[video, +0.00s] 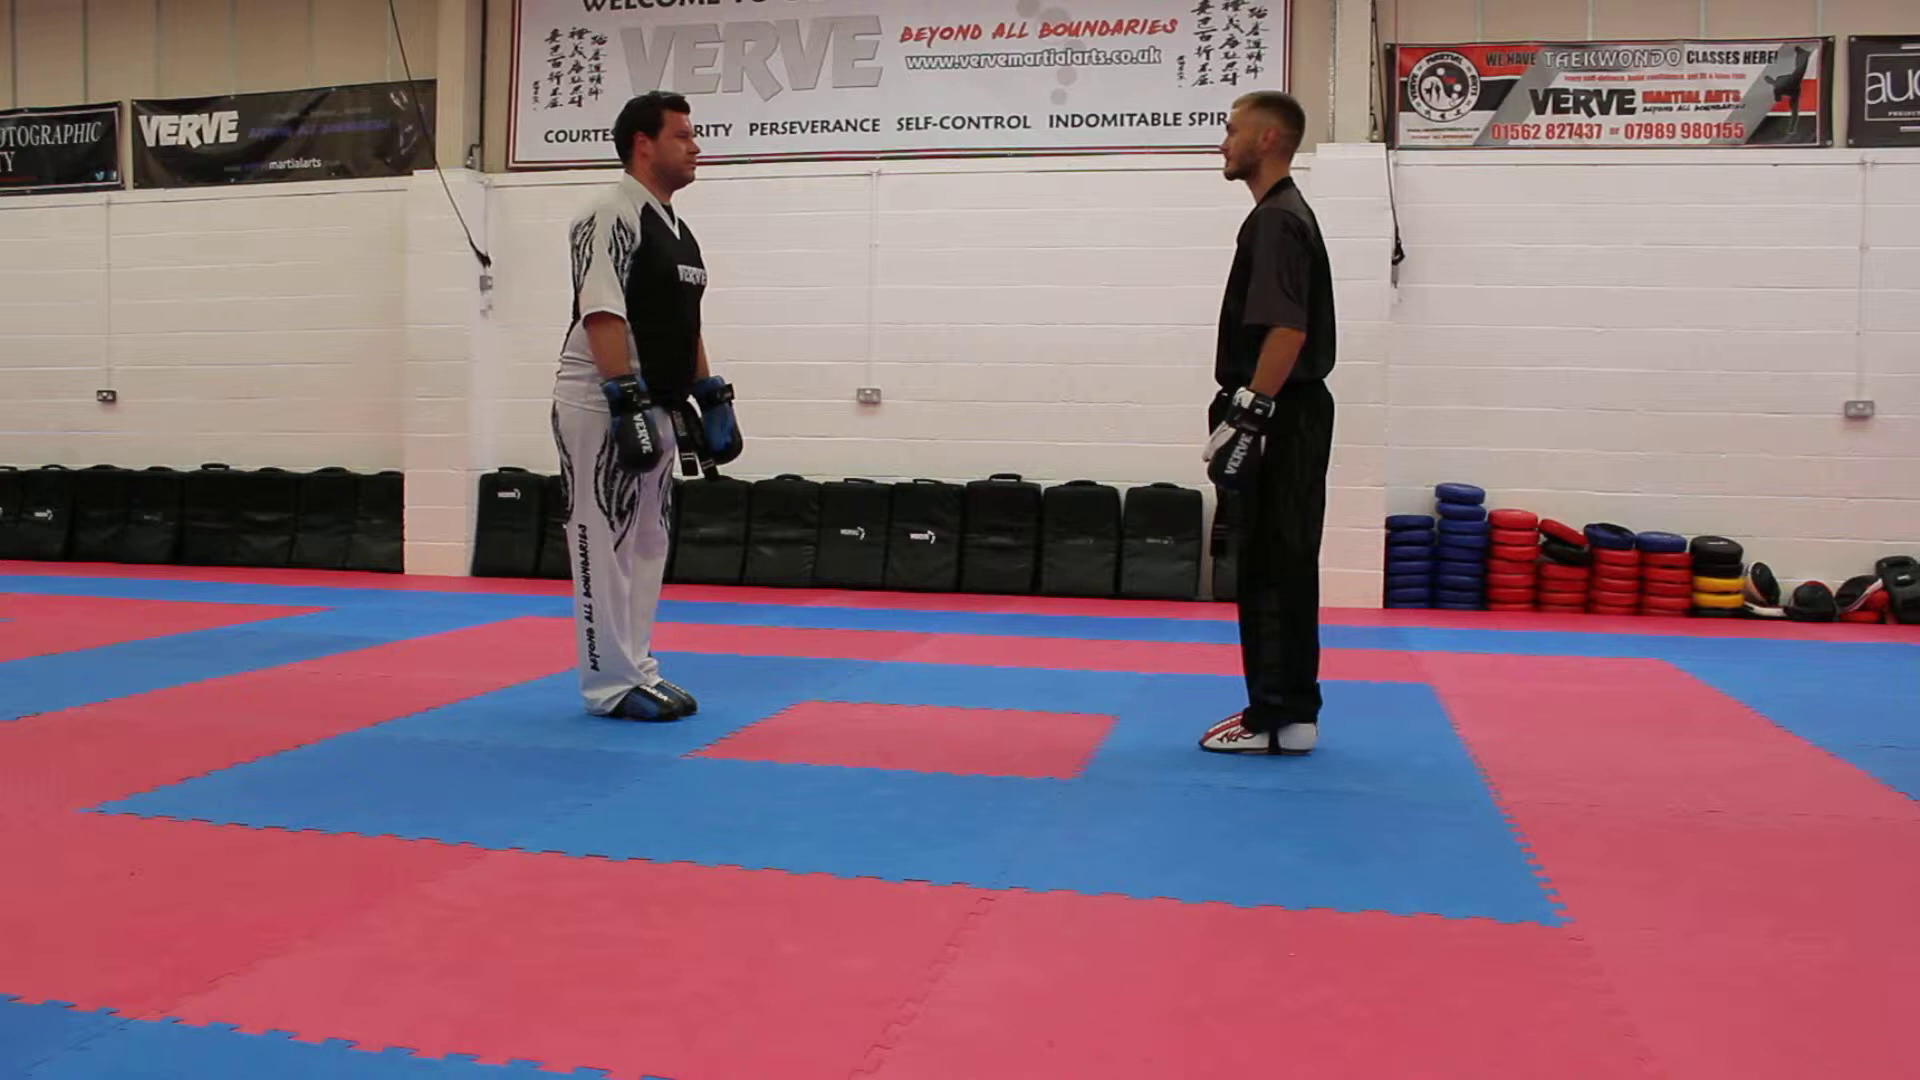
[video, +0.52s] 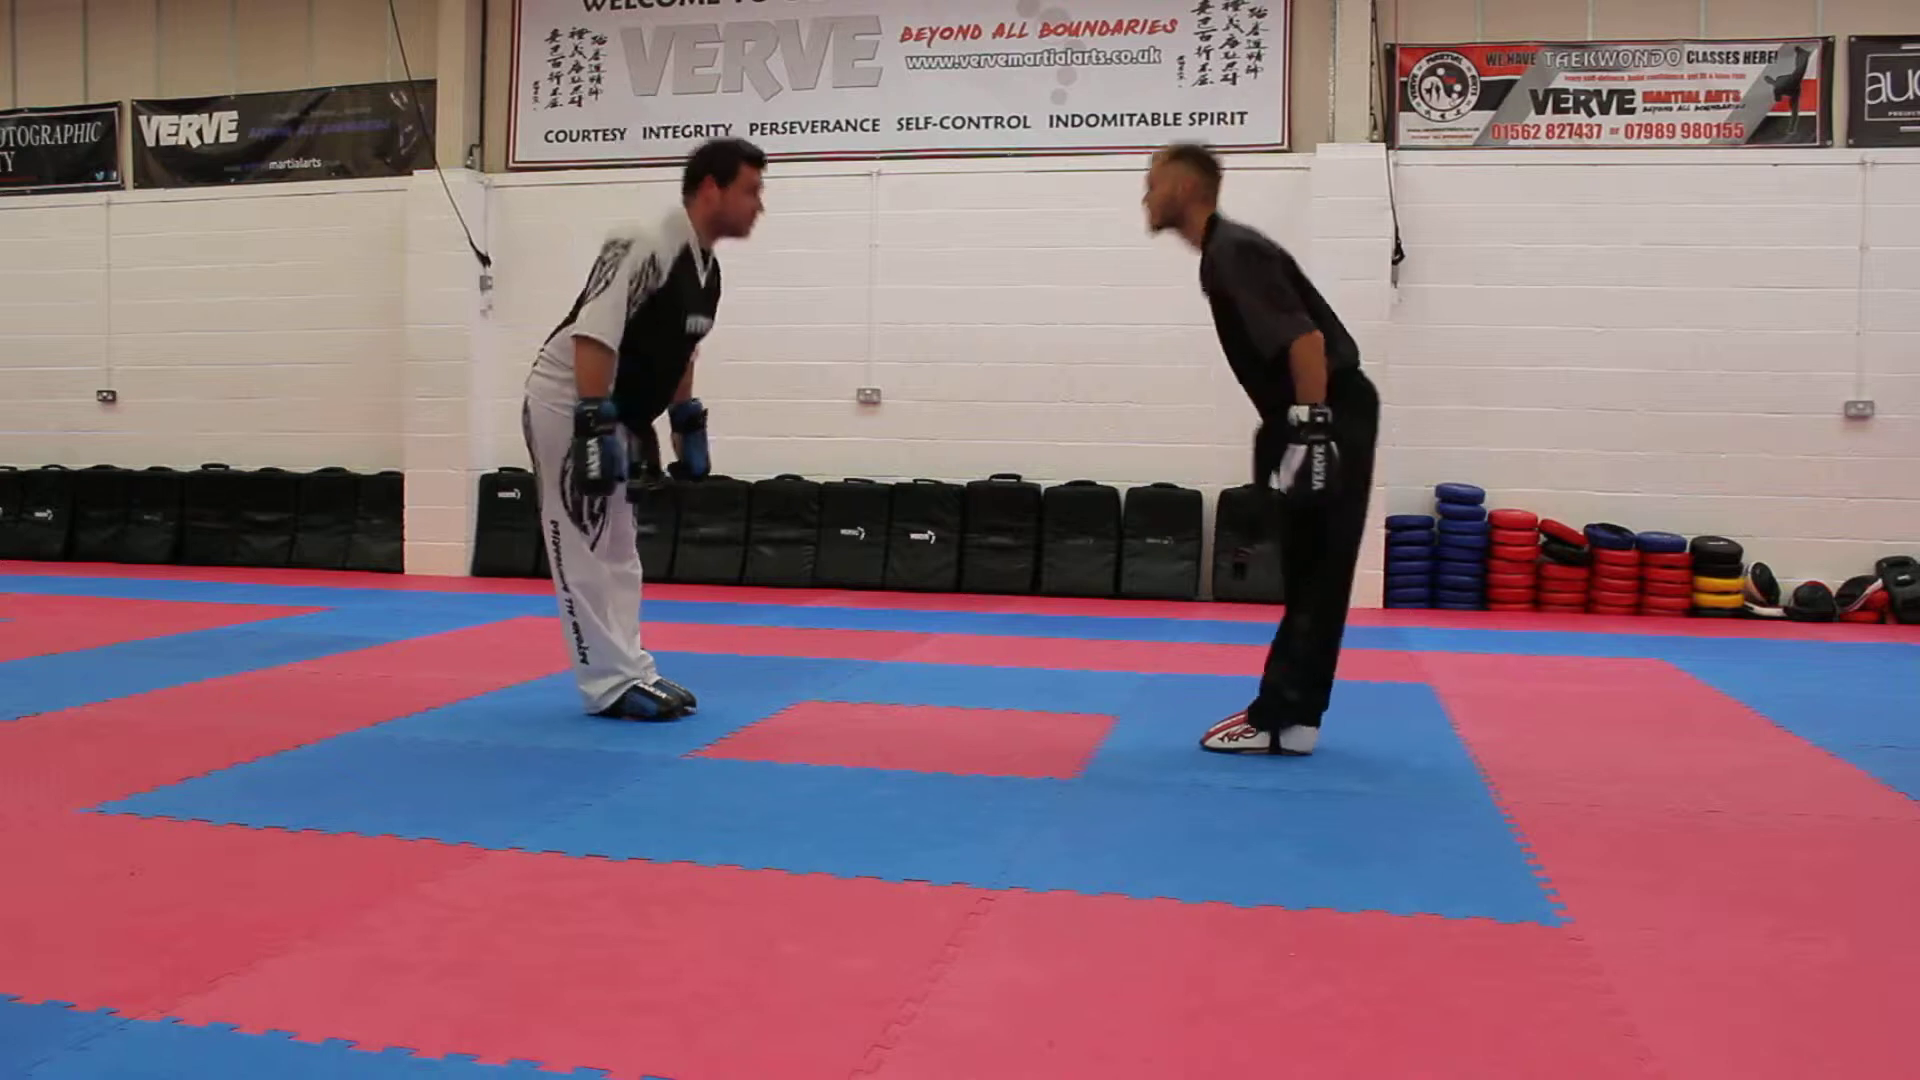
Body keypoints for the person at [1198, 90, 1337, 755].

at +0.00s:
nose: (1222, 142)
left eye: (1232, 131)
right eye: (1226, 131)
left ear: (1270, 140)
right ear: (1271, 140)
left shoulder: (1280, 221)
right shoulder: (1276, 215)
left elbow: (1289, 332)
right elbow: (1281, 330)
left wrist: (1247, 418)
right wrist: (1238, 411)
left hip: (1285, 412)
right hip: (1283, 410)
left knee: (1272, 562)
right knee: (1277, 561)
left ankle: (1279, 714)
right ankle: (1285, 707)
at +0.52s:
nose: (1144, 196)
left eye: (1152, 183)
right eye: (1147, 184)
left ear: (1186, 187)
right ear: (1187, 188)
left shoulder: (1236, 254)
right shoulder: (1222, 254)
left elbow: (1306, 340)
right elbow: (1285, 344)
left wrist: (1312, 425)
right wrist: (1280, 426)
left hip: (1331, 412)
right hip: (1312, 411)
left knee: (1316, 568)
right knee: (1311, 567)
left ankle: (1285, 715)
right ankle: (1290, 711)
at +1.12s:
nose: (1164, 186)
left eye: (1173, 174)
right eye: (1168, 174)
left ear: (1204, 182)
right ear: (1207, 183)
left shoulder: (1236, 249)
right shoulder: (1237, 245)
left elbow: (1293, 339)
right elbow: (1297, 338)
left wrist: (1263, 424)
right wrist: (1272, 424)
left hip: (1337, 407)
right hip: (1331, 406)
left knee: (1323, 562)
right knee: (1320, 562)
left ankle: (1289, 714)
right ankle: (1296, 712)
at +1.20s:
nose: (1191, 162)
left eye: (1201, 150)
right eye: (1197, 150)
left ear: (1229, 159)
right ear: (1239, 161)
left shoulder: (1243, 233)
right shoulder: (1270, 224)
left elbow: (1253, 339)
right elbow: (1269, 337)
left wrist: (1189, 400)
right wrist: (1195, 395)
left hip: (1313, 412)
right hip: (1331, 408)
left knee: (1306, 559)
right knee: (1313, 559)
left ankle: (1288, 714)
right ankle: (1295, 709)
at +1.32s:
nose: (1220, 148)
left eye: (1228, 137)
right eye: (1224, 136)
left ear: (1256, 148)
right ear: (1276, 152)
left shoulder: (1246, 224)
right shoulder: (1317, 221)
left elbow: (1202, 329)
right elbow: (1310, 323)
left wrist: (1138, 334)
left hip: (1311, 408)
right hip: (1349, 402)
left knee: (1293, 556)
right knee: (1318, 556)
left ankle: (1286, 715)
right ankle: (1295, 707)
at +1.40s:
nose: (1234, 143)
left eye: (1243, 131)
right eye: (1238, 130)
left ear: (1272, 143)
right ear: (1292, 148)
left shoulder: (1249, 221)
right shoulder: (1331, 218)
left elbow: (1186, 320)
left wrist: (1141, 294)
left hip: (1307, 406)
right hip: (1355, 401)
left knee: (1289, 555)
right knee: (1333, 552)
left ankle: (1286, 716)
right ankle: (1327, 700)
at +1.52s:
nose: (1254, 138)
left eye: (1264, 127)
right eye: (1258, 126)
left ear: (1295, 138)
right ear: (1311, 142)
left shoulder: (1259, 216)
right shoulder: (1350, 219)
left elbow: (1205, 314)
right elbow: (1321, 300)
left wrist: (1185, 278)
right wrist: (1233, 280)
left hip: (1302, 408)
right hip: (1359, 403)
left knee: (1288, 558)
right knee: (1356, 549)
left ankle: (1285, 713)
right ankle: (1392, 695)